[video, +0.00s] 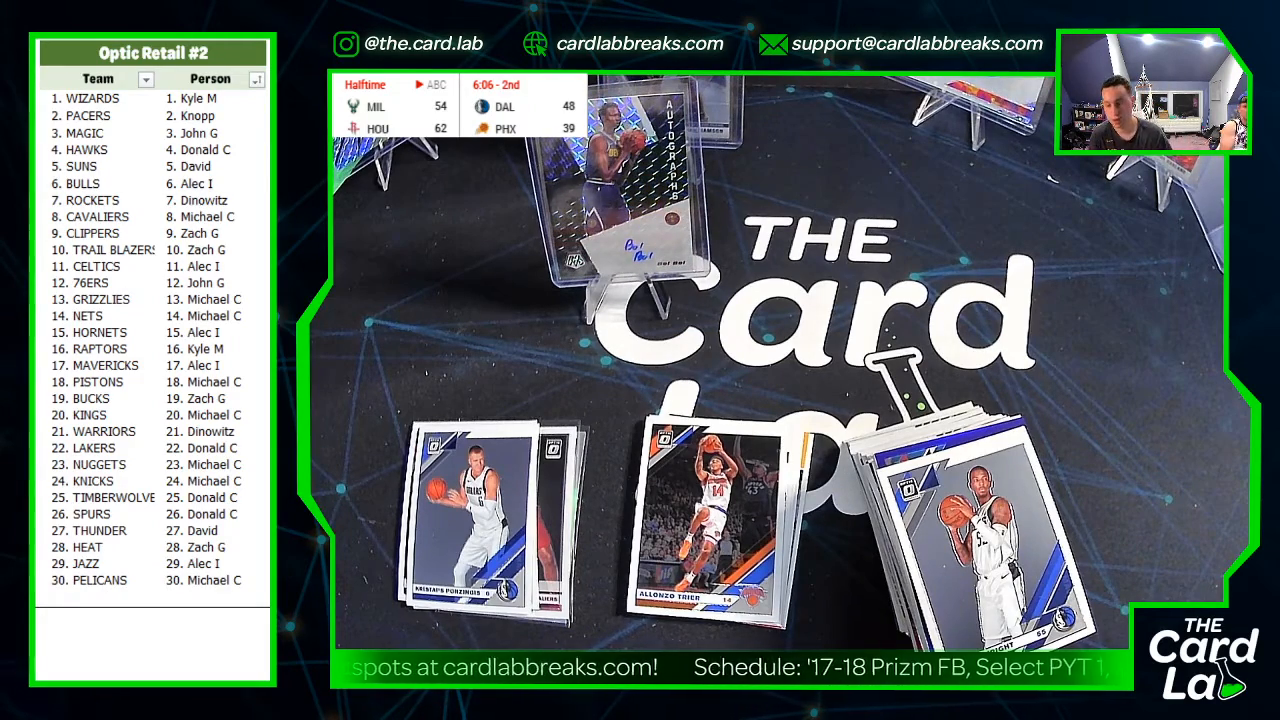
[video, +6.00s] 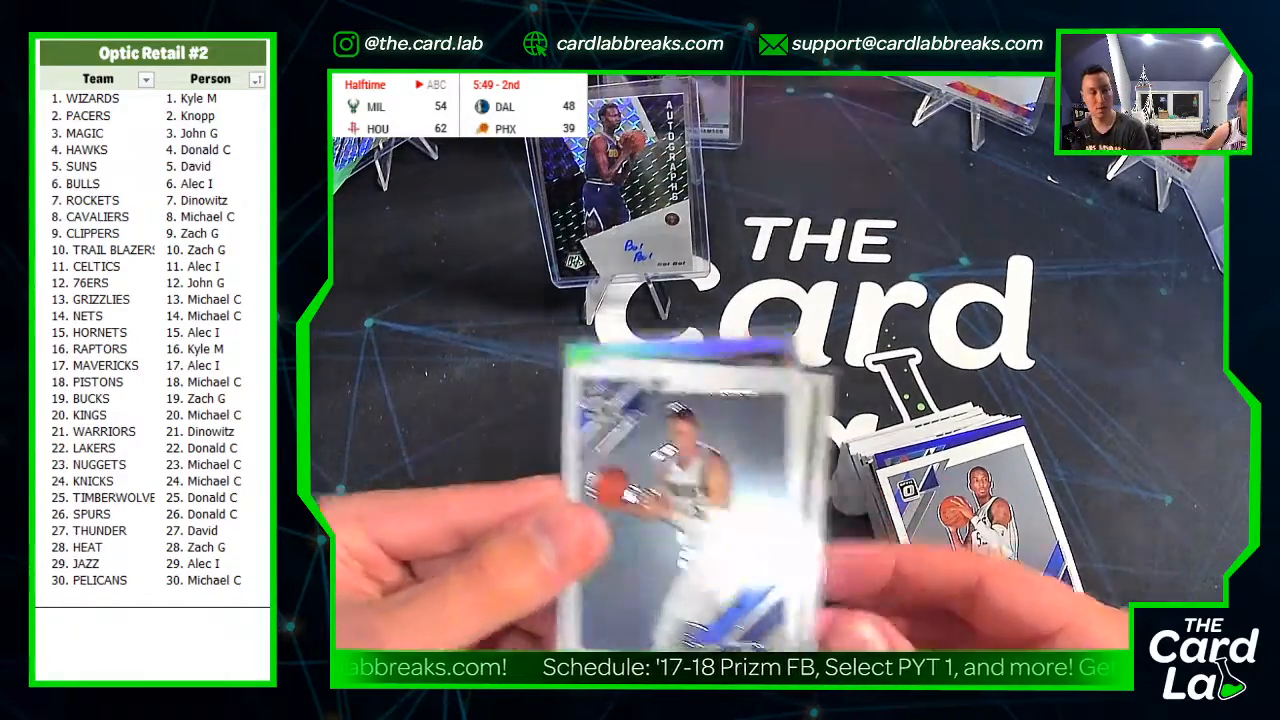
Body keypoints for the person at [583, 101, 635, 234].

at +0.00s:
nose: (618, 118)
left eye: (619, 115)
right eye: (614, 115)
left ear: (620, 116)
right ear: (604, 118)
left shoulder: (617, 141)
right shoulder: (598, 140)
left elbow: (620, 178)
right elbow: (607, 175)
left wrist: (633, 155)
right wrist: (624, 153)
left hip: (612, 189)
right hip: (596, 192)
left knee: (625, 231)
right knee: (598, 237)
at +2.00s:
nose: (617, 118)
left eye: (618, 114)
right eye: (612, 115)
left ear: (620, 117)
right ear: (603, 118)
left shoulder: (616, 140)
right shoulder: (598, 140)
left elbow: (622, 170)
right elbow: (606, 175)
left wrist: (632, 153)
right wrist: (624, 154)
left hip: (612, 187)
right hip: (598, 189)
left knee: (625, 219)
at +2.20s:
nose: (616, 118)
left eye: (617, 114)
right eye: (611, 115)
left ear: (620, 117)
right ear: (603, 118)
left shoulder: (616, 141)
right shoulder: (598, 140)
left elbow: (621, 176)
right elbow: (607, 176)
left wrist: (633, 154)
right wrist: (624, 153)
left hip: (611, 188)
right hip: (596, 191)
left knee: (623, 228)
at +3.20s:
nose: (616, 119)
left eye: (618, 115)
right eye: (612, 115)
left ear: (620, 118)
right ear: (602, 118)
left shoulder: (617, 142)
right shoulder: (598, 140)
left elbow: (619, 179)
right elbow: (606, 176)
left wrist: (632, 157)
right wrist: (624, 154)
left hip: (611, 189)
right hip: (597, 190)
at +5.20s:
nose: (617, 118)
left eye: (618, 115)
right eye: (613, 115)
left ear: (620, 117)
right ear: (603, 119)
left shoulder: (618, 142)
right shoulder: (598, 141)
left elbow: (623, 176)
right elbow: (606, 176)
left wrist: (634, 154)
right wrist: (625, 154)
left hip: (613, 190)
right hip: (597, 192)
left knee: (624, 229)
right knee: (601, 235)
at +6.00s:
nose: (617, 118)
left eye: (618, 115)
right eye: (612, 115)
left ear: (620, 117)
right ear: (602, 119)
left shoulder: (616, 142)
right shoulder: (598, 140)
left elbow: (620, 179)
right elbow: (606, 176)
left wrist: (631, 157)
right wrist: (624, 154)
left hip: (612, 190)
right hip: (596, 192)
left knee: (624, 229)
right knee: (599, 236)